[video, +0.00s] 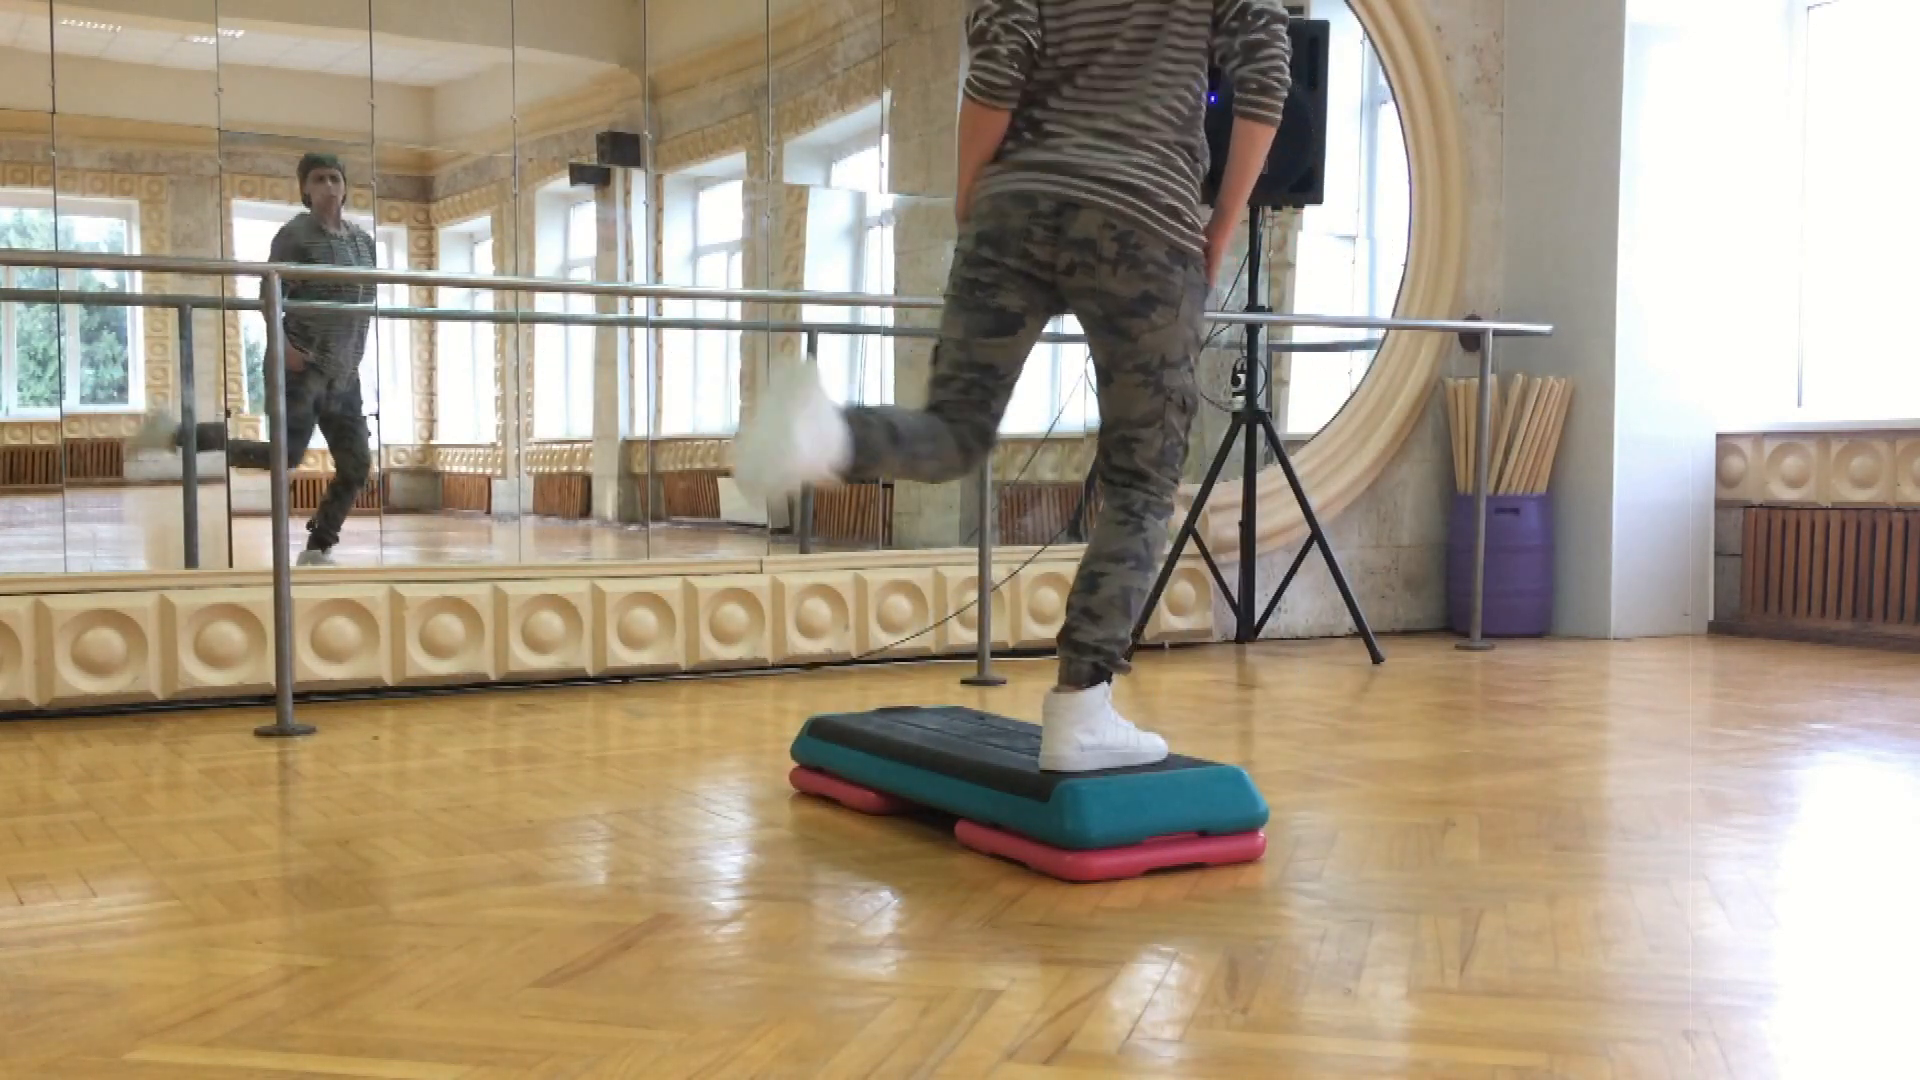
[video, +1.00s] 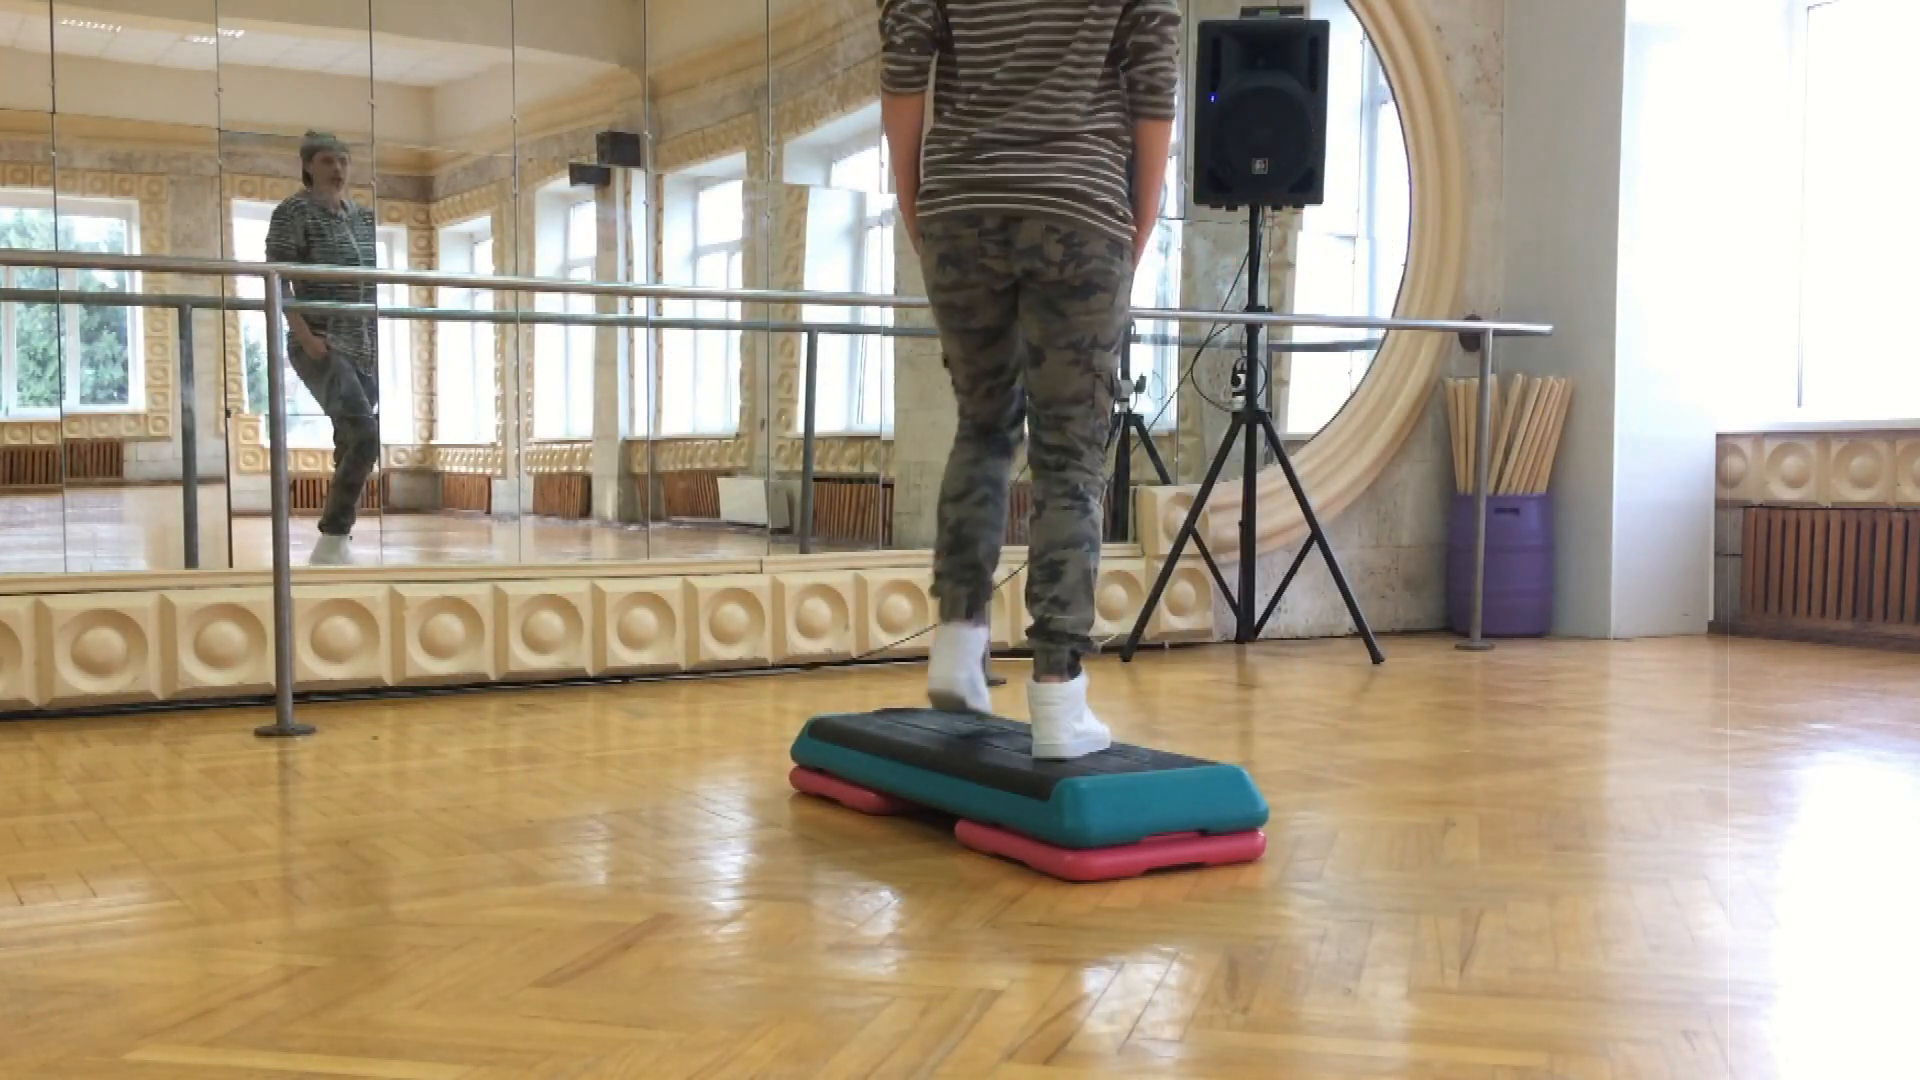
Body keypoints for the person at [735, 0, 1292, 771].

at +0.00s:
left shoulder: (1024, 1)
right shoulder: (1235, 5)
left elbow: (996, 69)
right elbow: (1264, 86)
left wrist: (970, 207)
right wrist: (1221, 232)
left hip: (1017, 191)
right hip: (1146, 214)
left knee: (955, 429)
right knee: (1139, 483)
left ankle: (825, 435)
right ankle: (1079, 712)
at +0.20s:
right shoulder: (1210, 5)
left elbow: (959, 28)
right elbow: (1219, 68)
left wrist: (955, 169)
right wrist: (1187, 216)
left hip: (994, 165)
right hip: (1127, 177)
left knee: (1015, 409)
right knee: (1108, 449)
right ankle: (1078, 706)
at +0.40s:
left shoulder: (965, 3)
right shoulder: (1169, 3)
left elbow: (950, 80)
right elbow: (1220, 74)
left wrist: (935, 217)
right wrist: (1196, 233)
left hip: (982, 214)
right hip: (1109, 216)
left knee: (1012, 456)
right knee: (1120, 465)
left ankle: (1009, 704)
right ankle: (1077, 704)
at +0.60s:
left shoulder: (945, 2)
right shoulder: (1154, 5)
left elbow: (919, 81)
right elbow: (1183, 95)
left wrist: (918, 218)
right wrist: (1158, 236)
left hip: (966, 221)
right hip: (1091, 225)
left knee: (1006, 460)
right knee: (1103, 460)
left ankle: (1010, 703)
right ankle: (1067, 689)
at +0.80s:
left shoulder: (946, 3)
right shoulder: (1146, 3)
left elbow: (934, 92)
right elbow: (1181, 97)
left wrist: (921, 226)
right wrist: (1166, 238)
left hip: (964, 229)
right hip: (1086, 232)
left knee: (1007, 454)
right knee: (1084, 467)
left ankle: (1007, 689)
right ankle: (1060, 707)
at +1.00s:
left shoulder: (930, 1)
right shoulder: (1142, 6)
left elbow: (903, 74)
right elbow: (1153, 97)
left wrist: (911, 204)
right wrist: (1141, 224)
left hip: (955, 199)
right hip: (1079, 200)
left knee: (984, 426)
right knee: (1072, 453)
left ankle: (956, 649)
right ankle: (1058, 702)